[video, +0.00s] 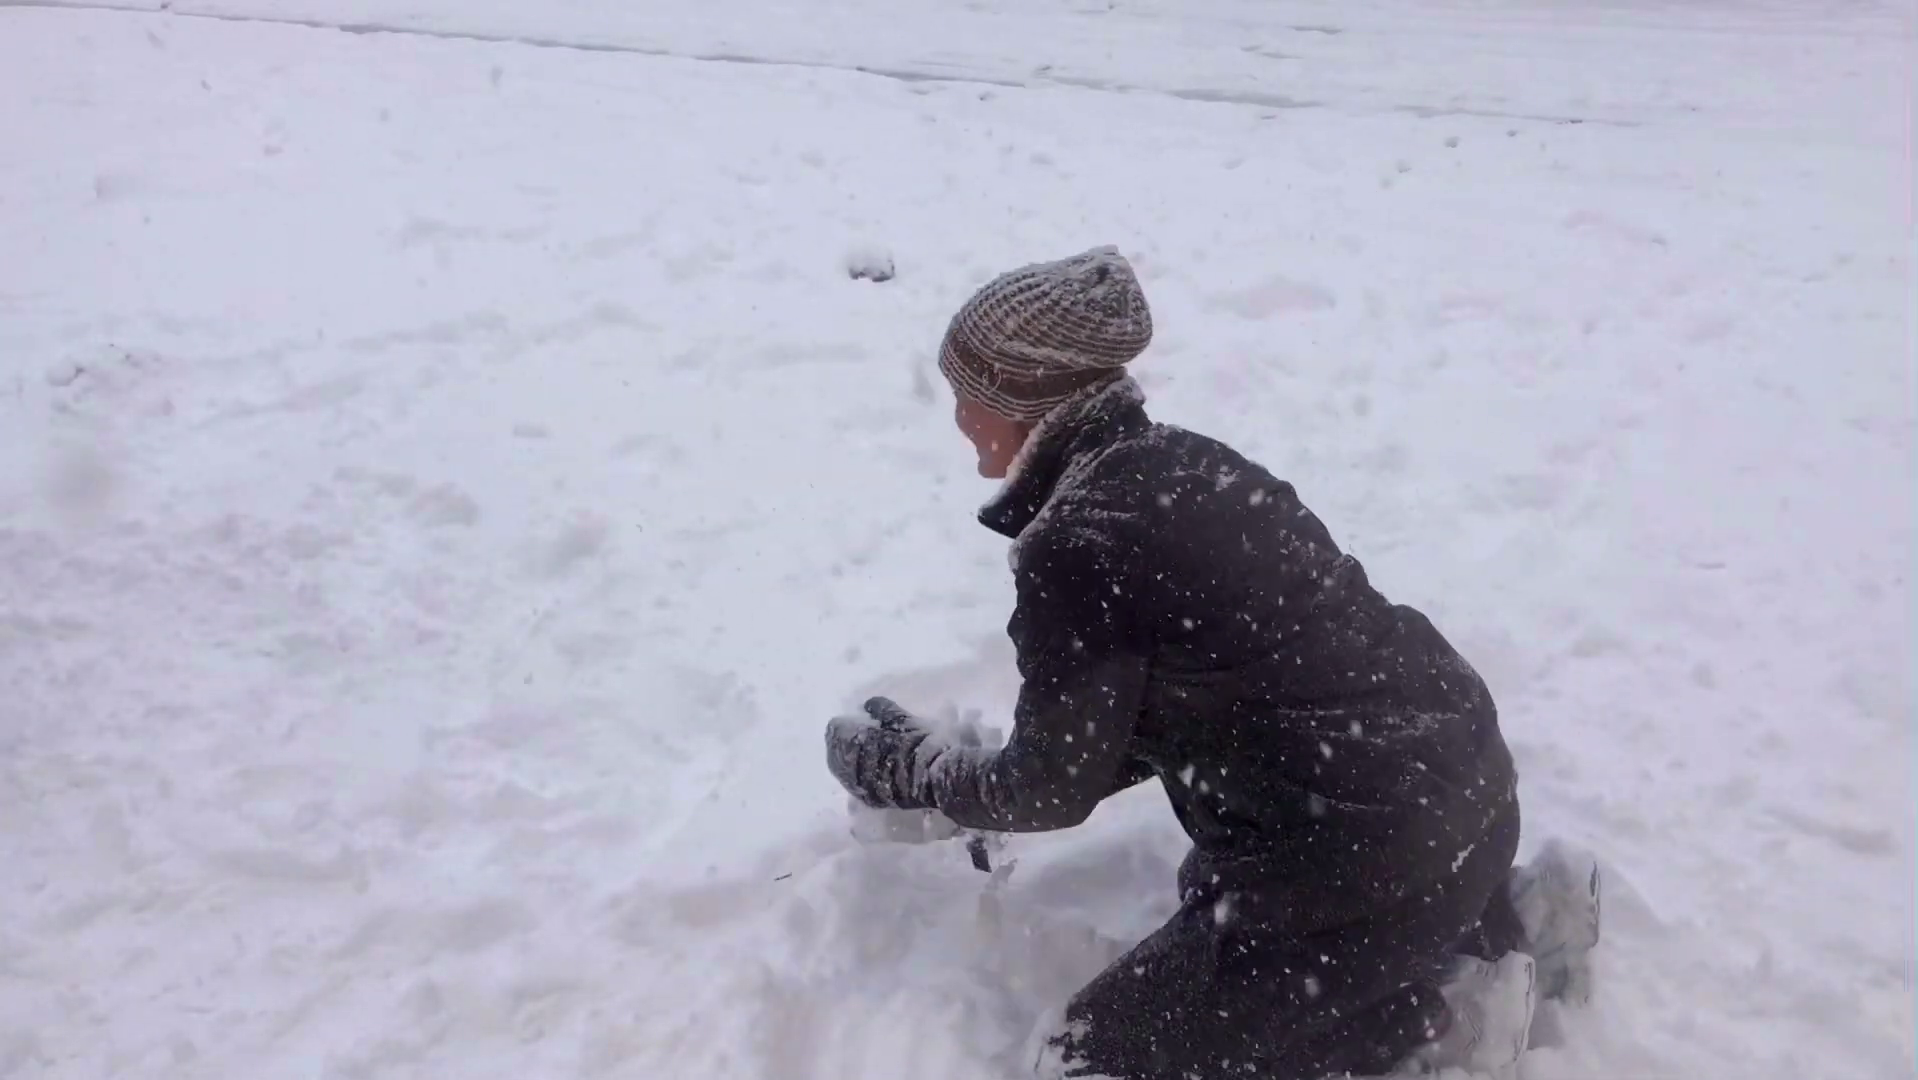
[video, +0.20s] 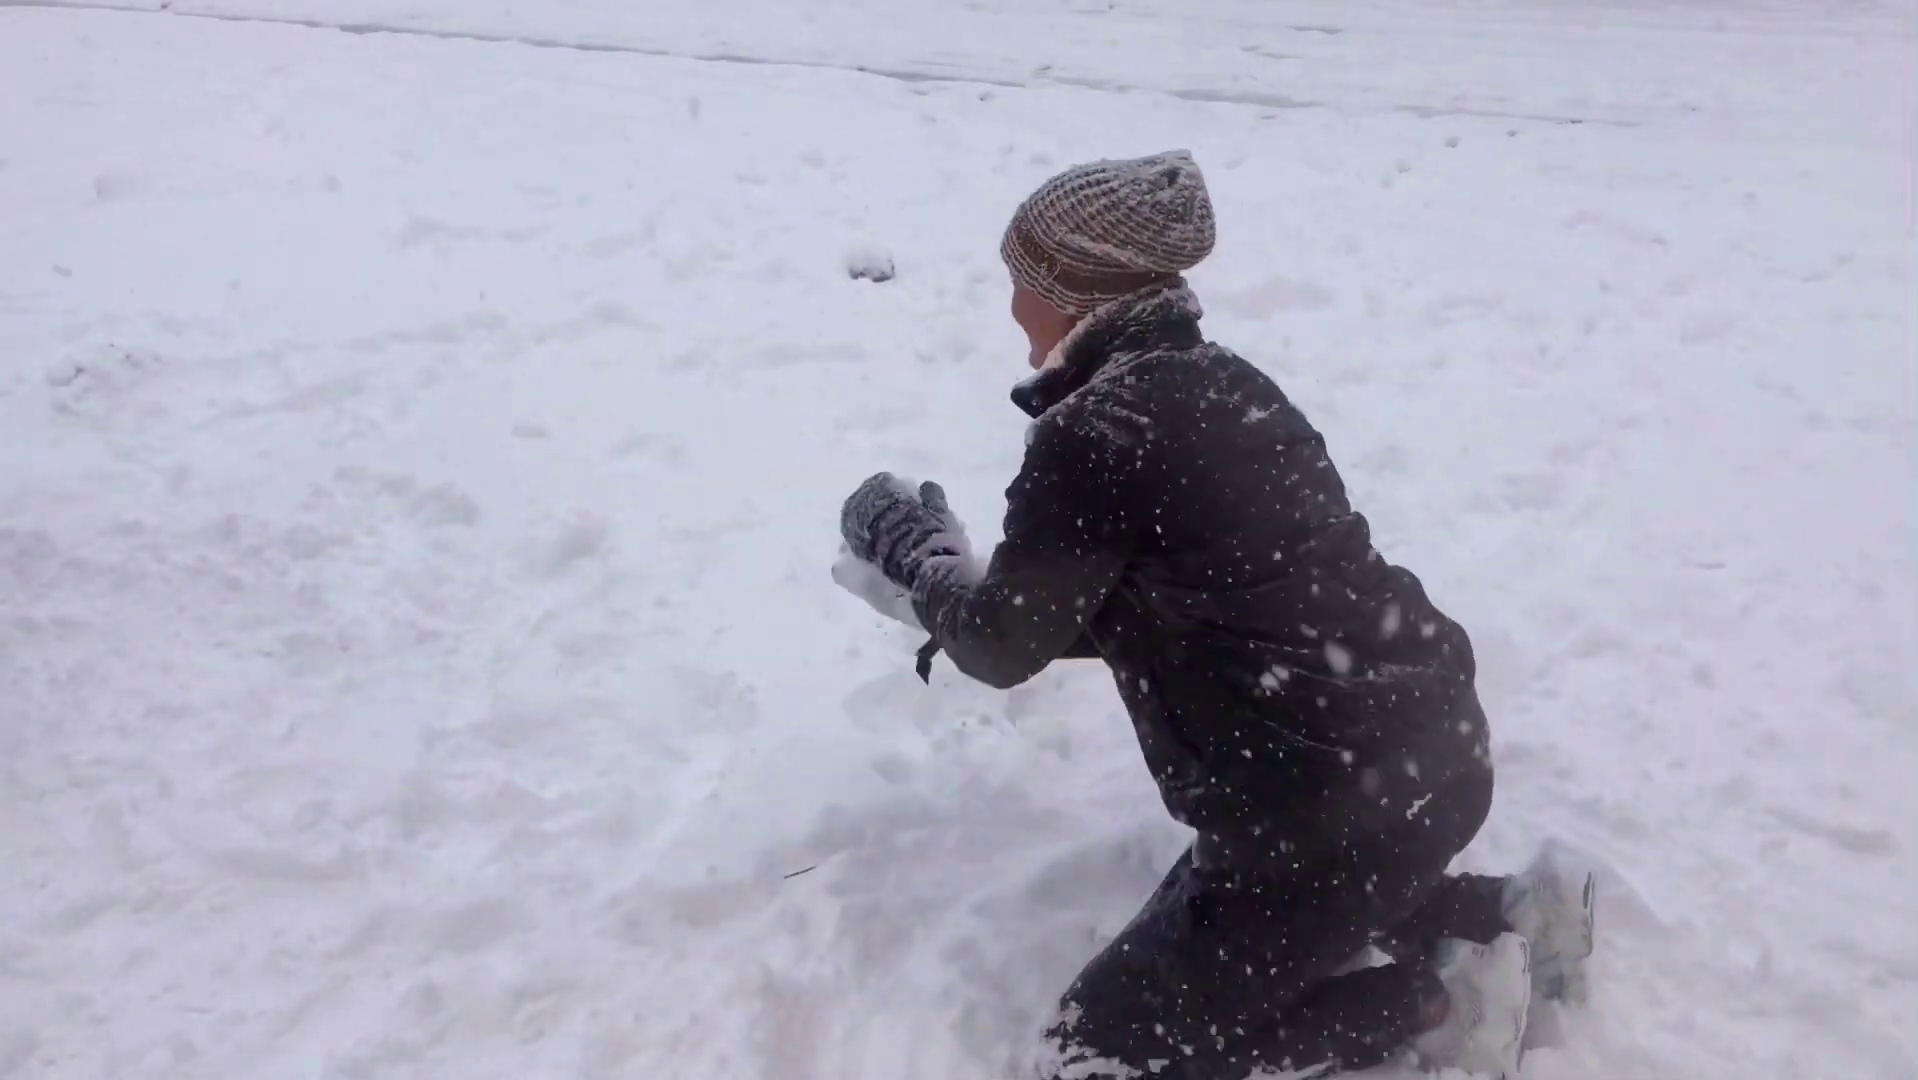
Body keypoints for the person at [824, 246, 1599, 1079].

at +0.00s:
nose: (960, 428)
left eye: (966, 405)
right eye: (958, 403)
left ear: (1023, 410)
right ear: (1089, 389)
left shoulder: (1073, 550)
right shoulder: (1192, 464)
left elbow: (1061, 781)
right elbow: (1164, 718)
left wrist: (920, 777)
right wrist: (986, 789)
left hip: (1355, 872)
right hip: (1470, 784)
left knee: (1096, 1052)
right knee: (1221, 869)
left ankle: (1432, 1009)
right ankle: (1501, 922)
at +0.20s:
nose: (1014, 309)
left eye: (1023, 285)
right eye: (1016, 285)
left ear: (1074, 296)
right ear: (1140, 290)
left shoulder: (1090, 435)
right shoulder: (1232, 385)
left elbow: (999, 642)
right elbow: (1143, 615)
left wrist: (927, 564)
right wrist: (958, 607)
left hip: (1322, 829)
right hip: (1443, 766)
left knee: (1098, 1044)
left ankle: (1434, 1010)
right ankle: (1512, 920)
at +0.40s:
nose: (1075, 225)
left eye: (1087, 200)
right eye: (1078, 199)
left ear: (1144, 208)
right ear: (1206, 206)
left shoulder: (1117, 345)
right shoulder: (1282, 321)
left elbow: (994, 523)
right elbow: (1135, 516)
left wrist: (944, 438)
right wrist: (1013, 453)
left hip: (1283, 780)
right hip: (1410, 732)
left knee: (1089, 1046)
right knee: (1276, 871)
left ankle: (1424, 993)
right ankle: (1502, 901)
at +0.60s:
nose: (1141, 189)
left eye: (1154, 165)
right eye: (1147, 163)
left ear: (1201, 180)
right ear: (1261, 183)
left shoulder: (1154, 309)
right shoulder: (1329, 313)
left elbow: (1017, 487)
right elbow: (1203, 492)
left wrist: (985, 383)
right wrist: (1060, 407)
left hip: (1249, 771)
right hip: (1384, 737)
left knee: (1062, 1040)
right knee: (1258, 873)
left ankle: (1379, 987)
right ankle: (1497, 881)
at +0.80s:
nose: (1170, 234)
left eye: (1184, 210)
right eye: (1177, 207)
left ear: (1232, 228)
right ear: (1305, 232)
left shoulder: (1162, 365)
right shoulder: (1368, 363)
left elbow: (1053, 571)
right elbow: (1294, 528)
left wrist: (1022, 498)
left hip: (1267, 827)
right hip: (1418, 799)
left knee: (1048, 1047)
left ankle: (1370, 1047)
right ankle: (1489, 921)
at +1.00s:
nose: (1225, 302)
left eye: (1237, 282)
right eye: (1232, 278)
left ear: (1284, 303)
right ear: (1362, 302)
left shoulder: (1203, 453)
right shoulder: (1449, 433)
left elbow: (1109, 664)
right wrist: (1516, 321)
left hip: (1297, 920)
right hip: (1465, 894)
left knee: (1033, 1050)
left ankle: (1338, 1055)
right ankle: (1475, 967)